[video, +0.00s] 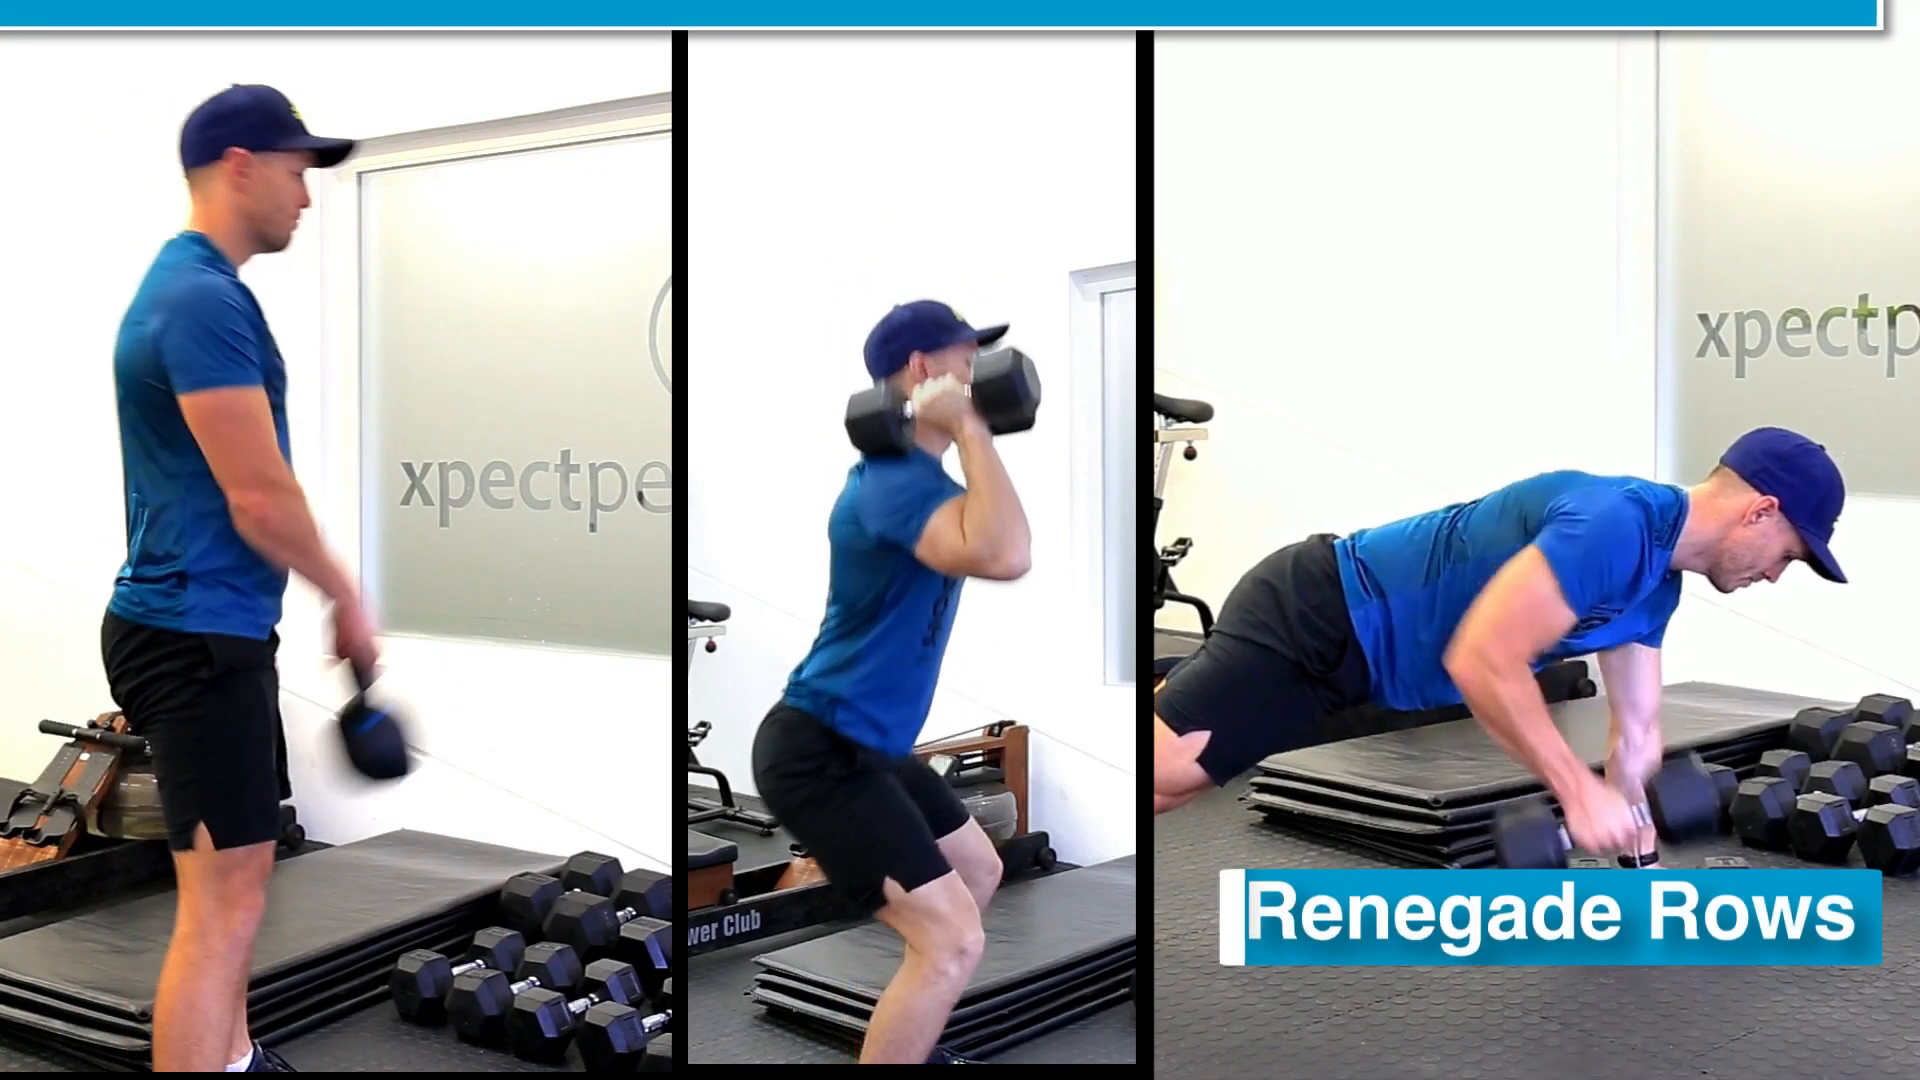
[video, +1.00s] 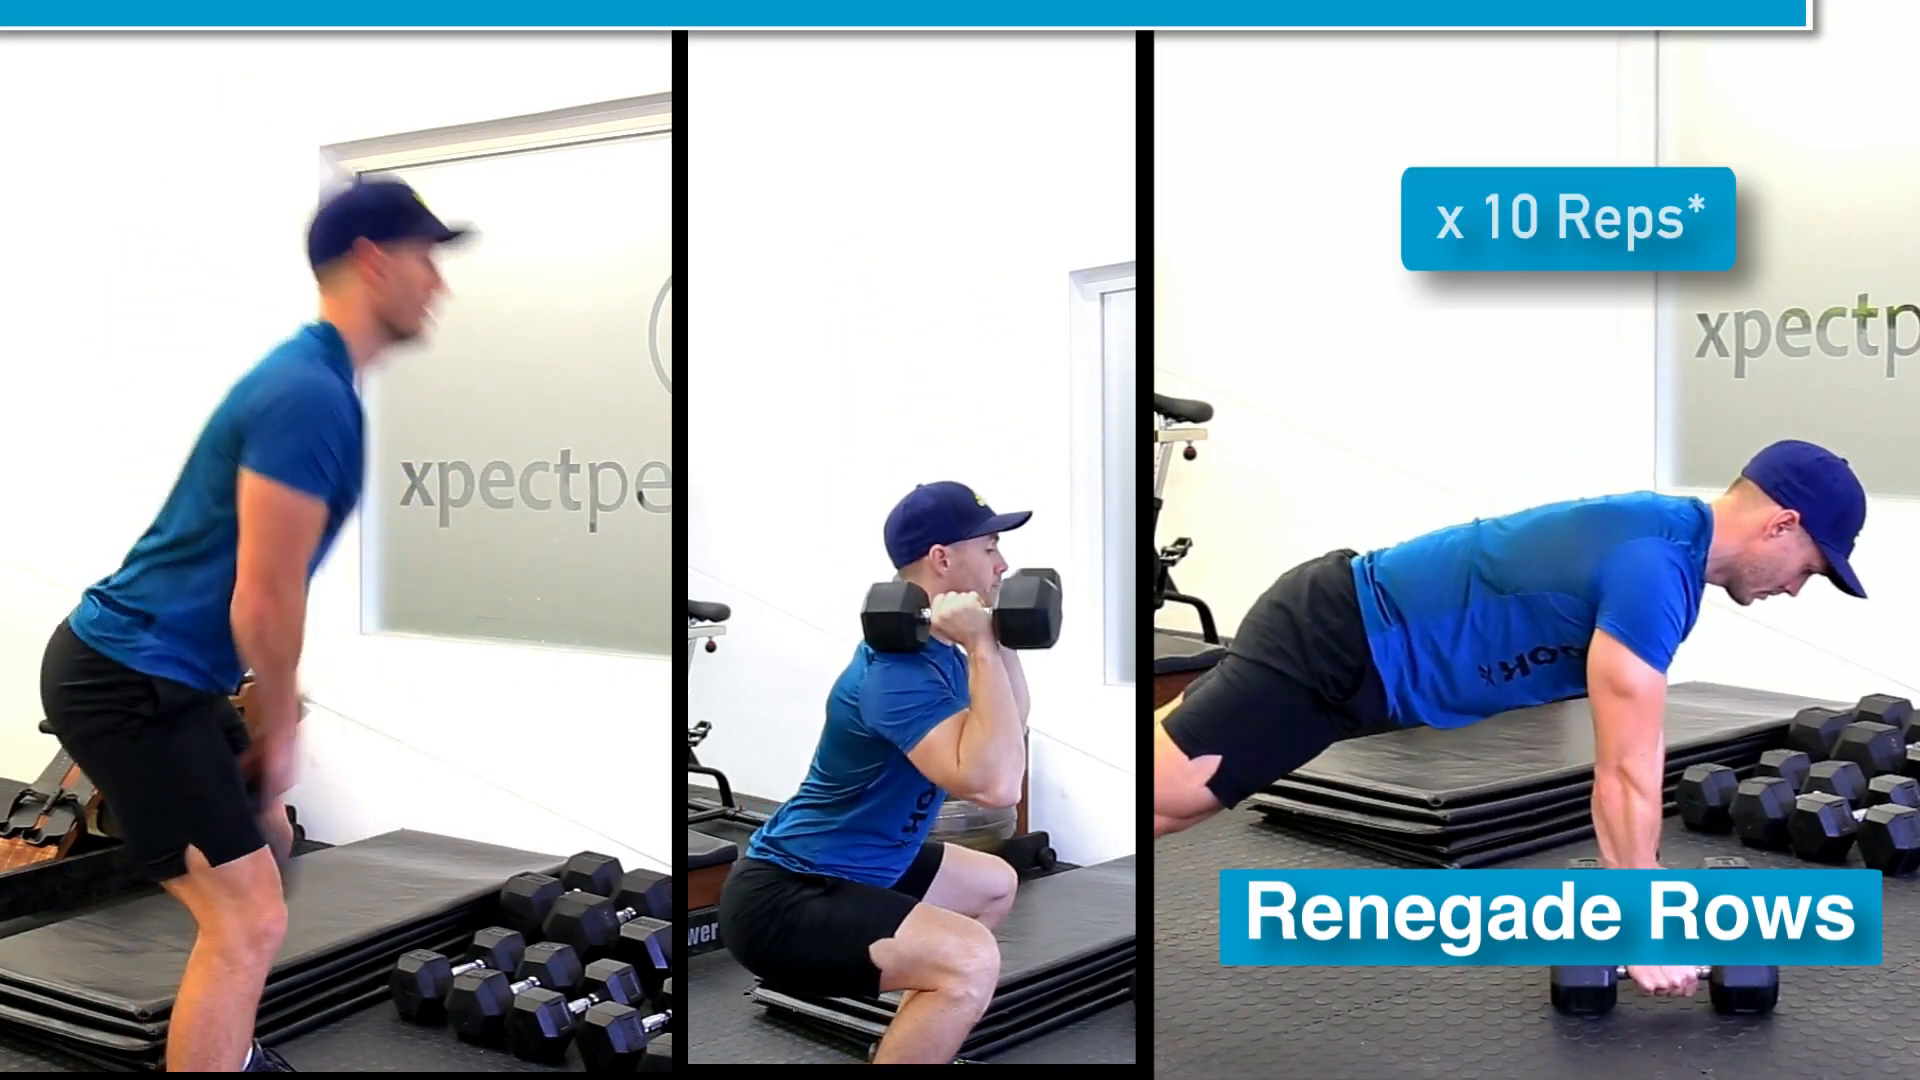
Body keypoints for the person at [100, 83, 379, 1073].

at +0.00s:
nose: (309, 195)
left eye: (309, 175)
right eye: (297, 171)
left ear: (233, 174)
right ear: (234, 168)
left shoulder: (200, 289)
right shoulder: (198, 298)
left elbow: (253, 489)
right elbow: (258, 497)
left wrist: (334, 588)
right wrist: (345, 592)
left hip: (205, 630)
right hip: (195, 637)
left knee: (233, 878)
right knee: (223, 907)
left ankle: (226, 1055)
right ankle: (193, 1074)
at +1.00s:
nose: (441, 282)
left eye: (439, 261)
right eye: (425, 259)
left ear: (368, 266)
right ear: (367, 261)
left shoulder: (318, 382)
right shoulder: (312, 393)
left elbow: (272, 587)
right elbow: (264, 599)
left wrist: (279, 713)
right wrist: (277, 734)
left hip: (166, 673)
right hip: (128, 676)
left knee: (262, 859)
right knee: (247, 923)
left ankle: (222, 1041)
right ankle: (205, 1062)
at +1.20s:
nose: (535, 401)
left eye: (536, 379)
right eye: (526, 376)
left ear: (468, 381)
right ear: (473, 380)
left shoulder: (387, 467)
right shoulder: (379, 488)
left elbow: (264, 650)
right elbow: (249, 660)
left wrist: (247, 779)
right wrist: (203, 779)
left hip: (163, 674)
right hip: (118, 685)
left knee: (273, 835)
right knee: (251, 928)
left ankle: (218, 1033)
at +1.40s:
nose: (528, 367)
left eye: (528, 347)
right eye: (517, 346)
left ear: (461, 350)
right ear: (465, 348)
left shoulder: (378, 437)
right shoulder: (376, 453)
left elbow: (269, 630)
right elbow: (262, 630)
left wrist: (252, 780)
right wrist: (223, 772)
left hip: (149, 660)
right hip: (129, 669)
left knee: (253, 882)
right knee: (241, 925)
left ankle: (225, 1049)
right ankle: (207, 1063)